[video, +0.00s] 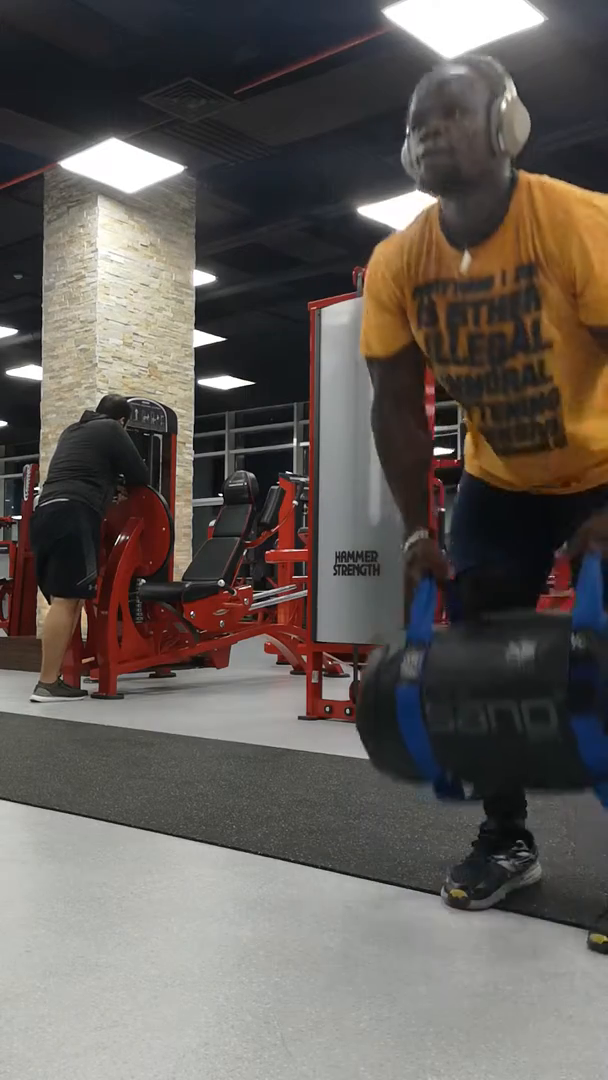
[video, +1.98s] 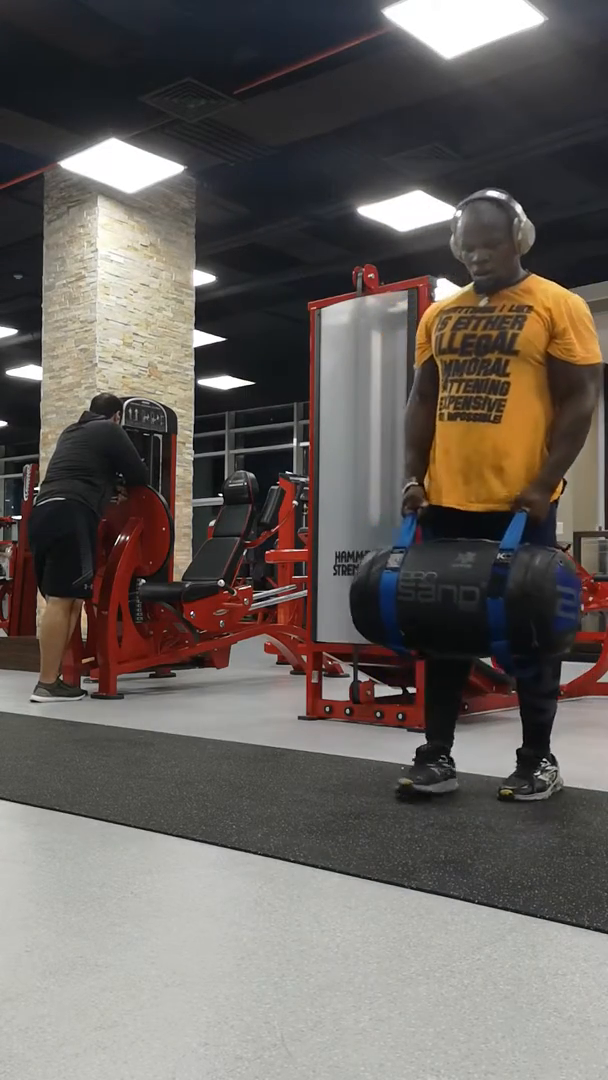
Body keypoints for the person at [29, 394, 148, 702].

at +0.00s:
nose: (125, 428)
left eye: (125, 424)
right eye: (126, 424)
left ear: (98, 414)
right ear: (121, 420)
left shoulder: (71, 430)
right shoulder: (112, 430)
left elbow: (75, 471)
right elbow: (141, 478)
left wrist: (111, 487)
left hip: (44, 511)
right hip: (70, 510)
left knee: (66, 601)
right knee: (65, 601)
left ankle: (52, 678)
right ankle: (48, 682)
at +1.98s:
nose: (122, 423)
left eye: (121, 419)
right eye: (122, 419)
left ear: (91, 413)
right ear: (116, 416)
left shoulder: (70, 431)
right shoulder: (110, 430)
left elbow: (75, 472)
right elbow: (141, 478)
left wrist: (109, 487)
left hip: (42, 511)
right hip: (68, 511)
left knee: (68, 601)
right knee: (59, 601)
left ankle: (54, 678)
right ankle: (47, 682)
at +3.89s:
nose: (121, 424)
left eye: (120, 420)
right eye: (121, 419)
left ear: (91, 413)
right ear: (116, 417)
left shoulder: (69, 431)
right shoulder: (111, 430)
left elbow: (75, 470)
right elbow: (140, 478)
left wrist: (109, 484)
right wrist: (111, 472)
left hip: (42, 512)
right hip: (69, 511)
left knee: (62, 601)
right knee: (64, 601)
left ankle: (51, 679)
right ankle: (48, 682)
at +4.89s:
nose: (122, 424)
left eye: (122, 421)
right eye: (123, 420)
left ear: (94, 413)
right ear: (117, 417)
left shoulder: (70, 431)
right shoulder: (112, 430)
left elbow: (72, 471)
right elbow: (140, 478)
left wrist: (108, 488)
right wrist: (111, 475)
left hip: (43, 511)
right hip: (70, 511)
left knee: (64, 600)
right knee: (64, 601)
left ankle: (53, 678)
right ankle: (48, 682)